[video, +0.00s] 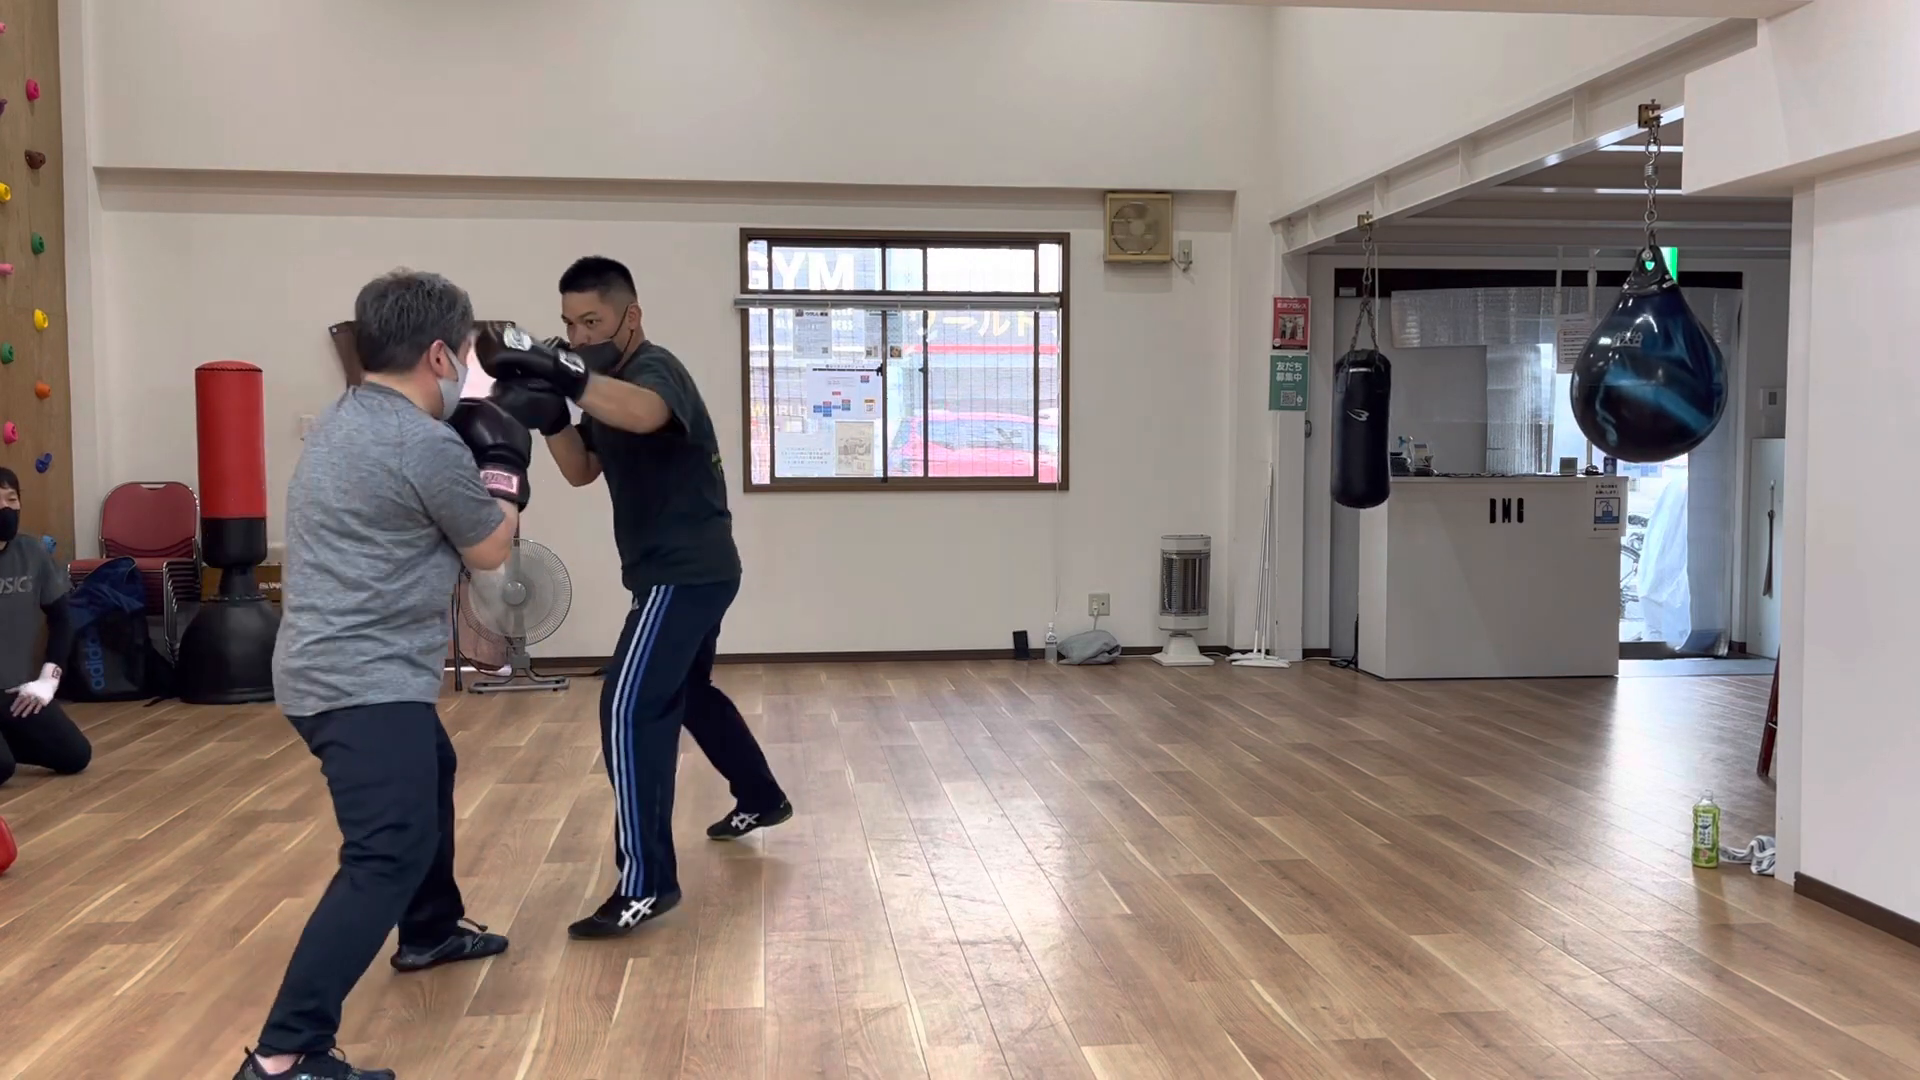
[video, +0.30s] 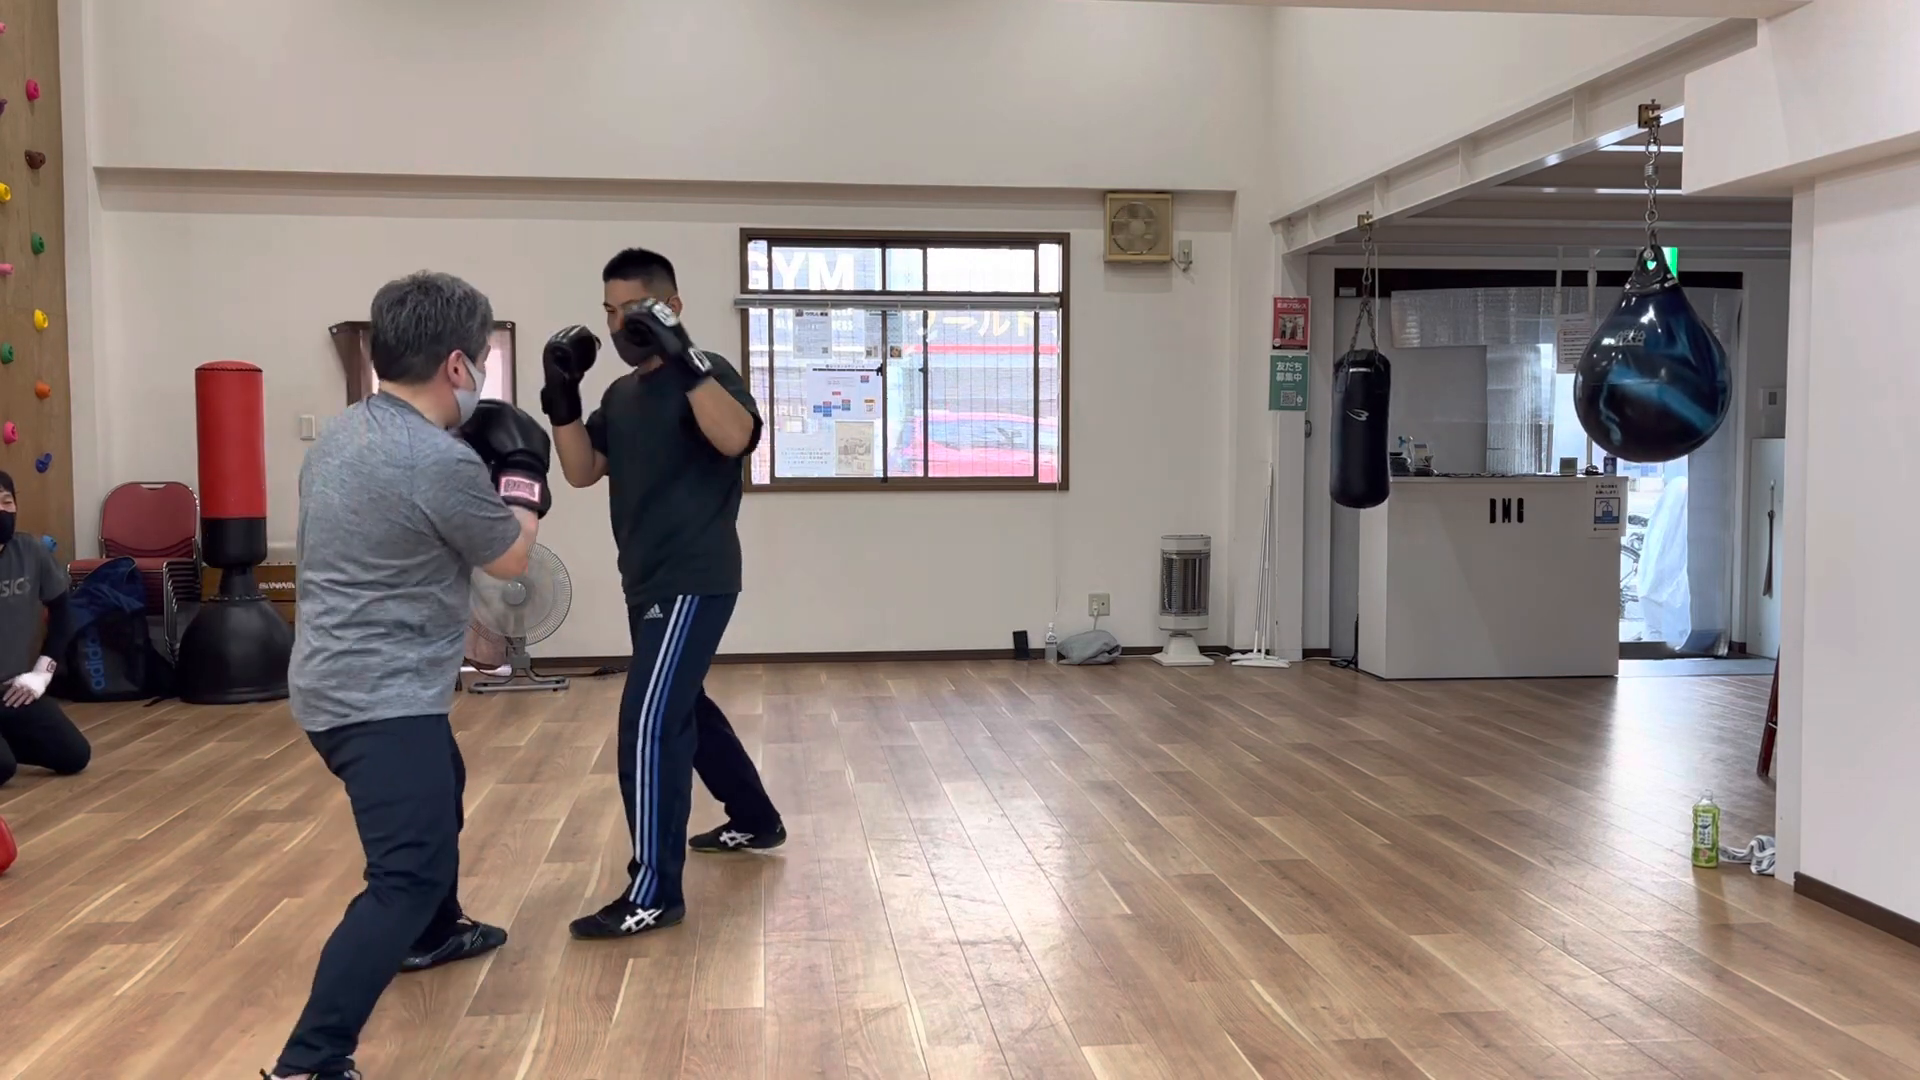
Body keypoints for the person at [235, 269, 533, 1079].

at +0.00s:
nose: (465, 363)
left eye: (465, 350)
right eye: (462, 349)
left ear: (379, 350)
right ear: (436, 355)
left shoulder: (338, 418)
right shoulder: (423, 446)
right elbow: (490, 551)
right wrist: (502, 471)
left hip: (322, 669)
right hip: (368, 685)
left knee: (432, 767)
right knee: (388, 854)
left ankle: (429, 929)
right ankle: (285, 1052)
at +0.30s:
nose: (480, 370)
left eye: (481, 356)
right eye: (478, 356)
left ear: (382, 355)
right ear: (455, 365)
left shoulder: (339, 432)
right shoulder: (438, 460)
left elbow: (323, 534)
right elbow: (512, 558)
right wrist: (520, 488)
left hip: (330, 685)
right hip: (384, 699)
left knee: (442, 777)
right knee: (406, 880)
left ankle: (432, 927)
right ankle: (309, 1061)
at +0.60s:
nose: (495, 309)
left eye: (497, 296)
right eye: (493, 295)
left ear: (392, 294)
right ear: (470, 299)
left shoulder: (350, 374)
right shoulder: (457, 386)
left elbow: (402, 482)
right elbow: (527, 500)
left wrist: (484, 426)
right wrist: (532, 436)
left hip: (322, 652)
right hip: (400, 658)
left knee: (392, 818)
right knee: (422, 847)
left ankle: (382, 982)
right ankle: (330, 1050)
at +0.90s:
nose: (515, 323)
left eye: (516, 308)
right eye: (514, 308)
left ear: (411, 311)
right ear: (496, 316)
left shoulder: (367, 399)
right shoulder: (493, 404)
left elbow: (348, 524)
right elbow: (568, 514)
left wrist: (514, 457)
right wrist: (567, 459)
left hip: (352, 681)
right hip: (426, 691)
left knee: (426, 840)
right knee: (431, 885)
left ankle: (414, 977)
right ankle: (381, 1066)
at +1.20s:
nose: (529, 331)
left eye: (531, 317)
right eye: (528, 316)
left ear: (427, 317)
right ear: (511, 324)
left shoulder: (382, 404)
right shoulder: (507, 421)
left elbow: (446, 496)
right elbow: (565, 533)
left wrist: (533, 448)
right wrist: (567, 441)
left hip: (361, 684)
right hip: (442, 693)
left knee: (431, 854)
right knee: (458, 879)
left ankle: (446, 981)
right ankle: (389, 1067)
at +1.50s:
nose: (532, 325)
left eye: (532, 314)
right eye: (531, 313)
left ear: (428, 319)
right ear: (516, 321)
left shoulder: (382, 409)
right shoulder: (528, 416)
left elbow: (430, 509)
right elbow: (577, 533)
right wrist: (572, 461)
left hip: (370, 689)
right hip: (465, 698)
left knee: (429, 854)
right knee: (468, 891)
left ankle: (448, 978)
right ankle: (414, 1068)